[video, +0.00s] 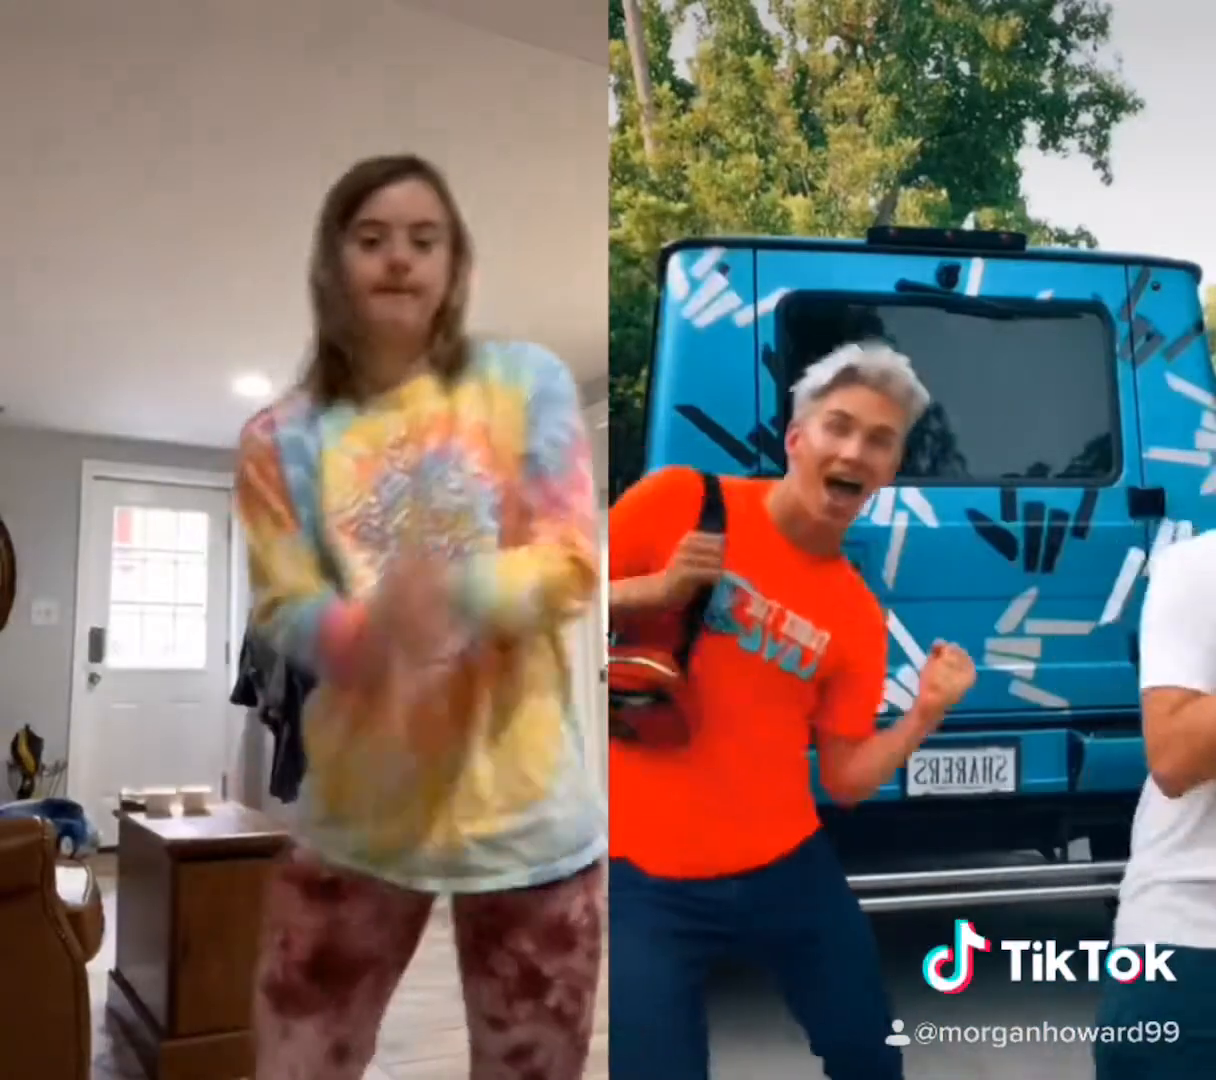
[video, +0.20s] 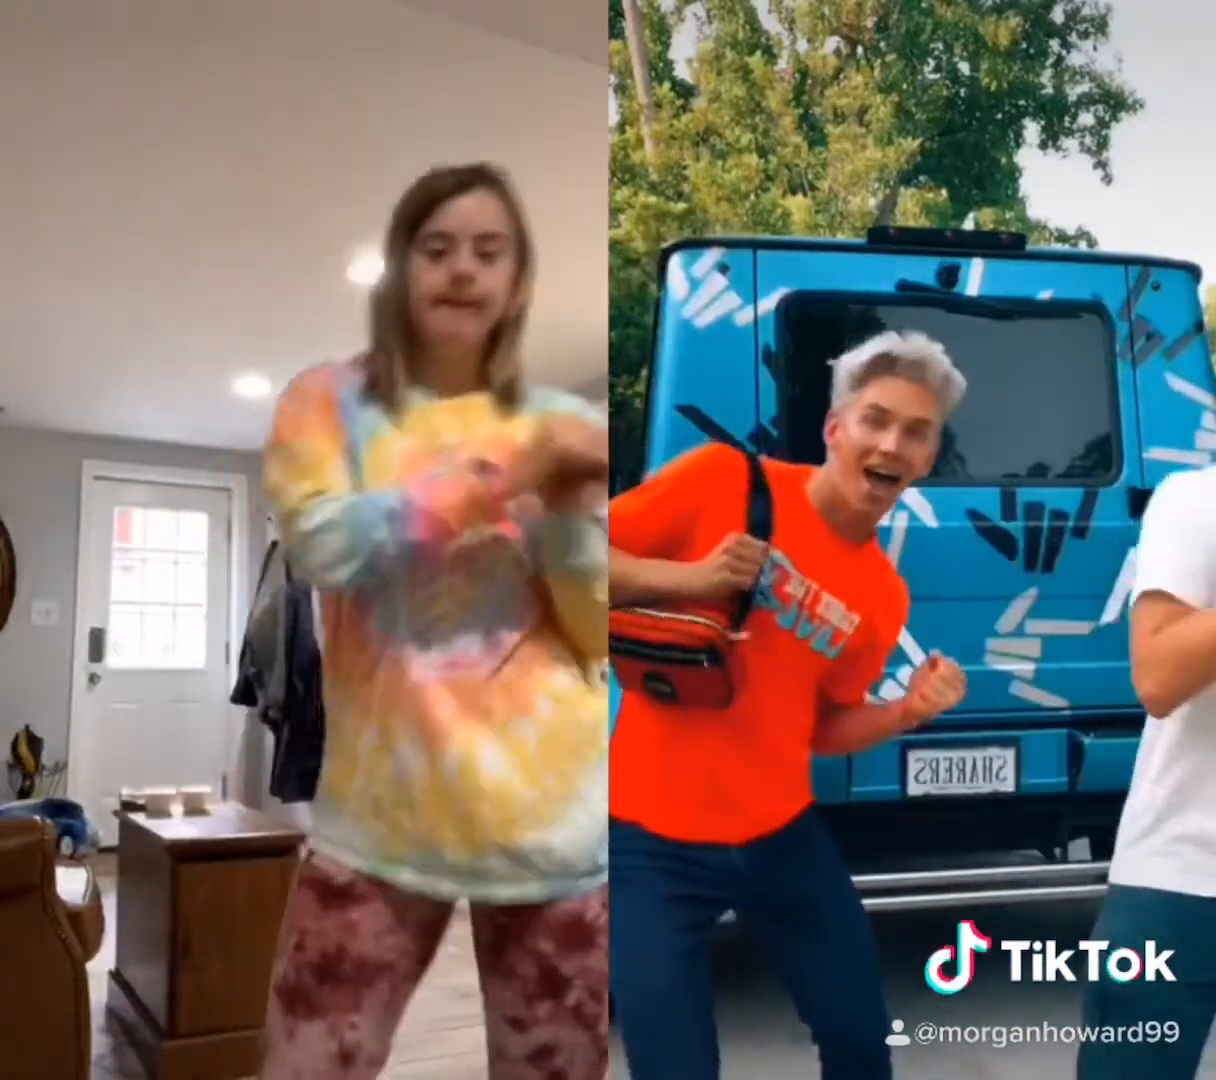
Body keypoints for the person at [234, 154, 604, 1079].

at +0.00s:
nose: (400, 260)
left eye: (425, 238)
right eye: (372, 238)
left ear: (455, 265)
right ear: (331, 263)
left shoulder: (527, 382)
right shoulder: (282, 440)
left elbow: (572, 558)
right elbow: (286, 607)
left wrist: (452, 593)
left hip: (529, 814)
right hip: (358, 816)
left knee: (532, 1066)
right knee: (300, 1064)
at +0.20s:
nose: (462, 272)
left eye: (488, 251)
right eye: (438, 249)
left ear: (521, 280)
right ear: (400, 269)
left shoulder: (555, 428)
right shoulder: (326, 400)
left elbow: (593, 637)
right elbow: (321, 547)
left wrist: (573, 510)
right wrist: (503, 475)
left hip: (545, 829)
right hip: (380, 816)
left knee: (555, 1070)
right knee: (308, 1070)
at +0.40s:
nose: (537, 277)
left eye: (562, 255)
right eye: (511, 257)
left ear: (596, 283)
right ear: (476, 281)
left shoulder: (600, 440)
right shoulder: (404, 404)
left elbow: (621, 606)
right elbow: (371, 581)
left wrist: (609, 651)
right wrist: (539, 638)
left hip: (559, 823)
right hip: (400, 817)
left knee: (581, 1069)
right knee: (321, 1065)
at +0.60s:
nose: (566, 272)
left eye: (588, 249)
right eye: (538, 252)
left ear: (614, 273)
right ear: (501, 275)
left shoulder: (600, 427)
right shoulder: (434, 381)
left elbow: (591, 616)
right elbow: (379, 530)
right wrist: (526, 560)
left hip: (570, 806)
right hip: (436, 803)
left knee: (582, 1063)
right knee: (430, 1066)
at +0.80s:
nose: (536, 299)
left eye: (558, 276)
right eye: (507, 283)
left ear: (592, 300)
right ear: (475, 313)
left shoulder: (613, 442)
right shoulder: (418, 422)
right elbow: (379, 584)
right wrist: (546, 477)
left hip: (578, 832)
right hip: (442, 838)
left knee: (581, 1065)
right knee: (497, 1066)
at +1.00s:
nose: (415, 273)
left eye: (432, 245)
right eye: (383, 259)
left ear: (468, 255)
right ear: (351, 290)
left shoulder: (559, 381)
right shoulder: (336, 437)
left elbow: (675, 482)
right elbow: (317, 631)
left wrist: (552, 462)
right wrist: (347, 553)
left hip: (582, 788)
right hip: (431, 804)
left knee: (583, 1059)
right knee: (422, 1060)